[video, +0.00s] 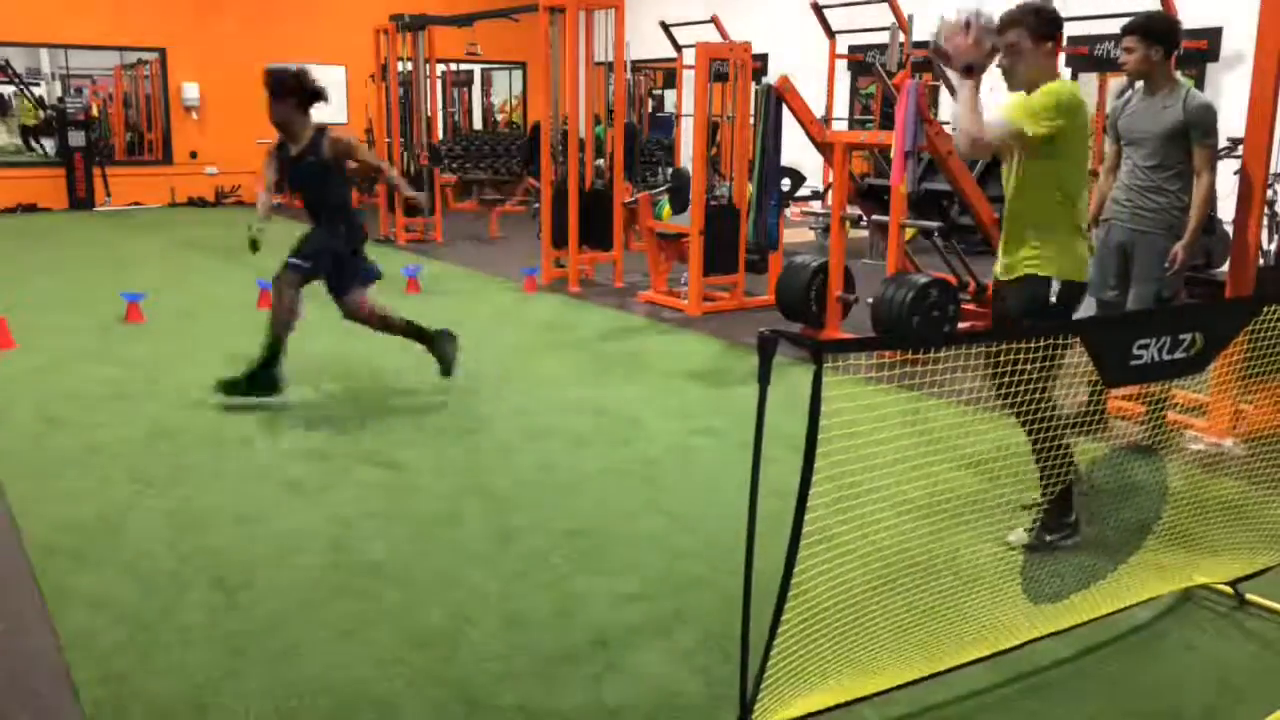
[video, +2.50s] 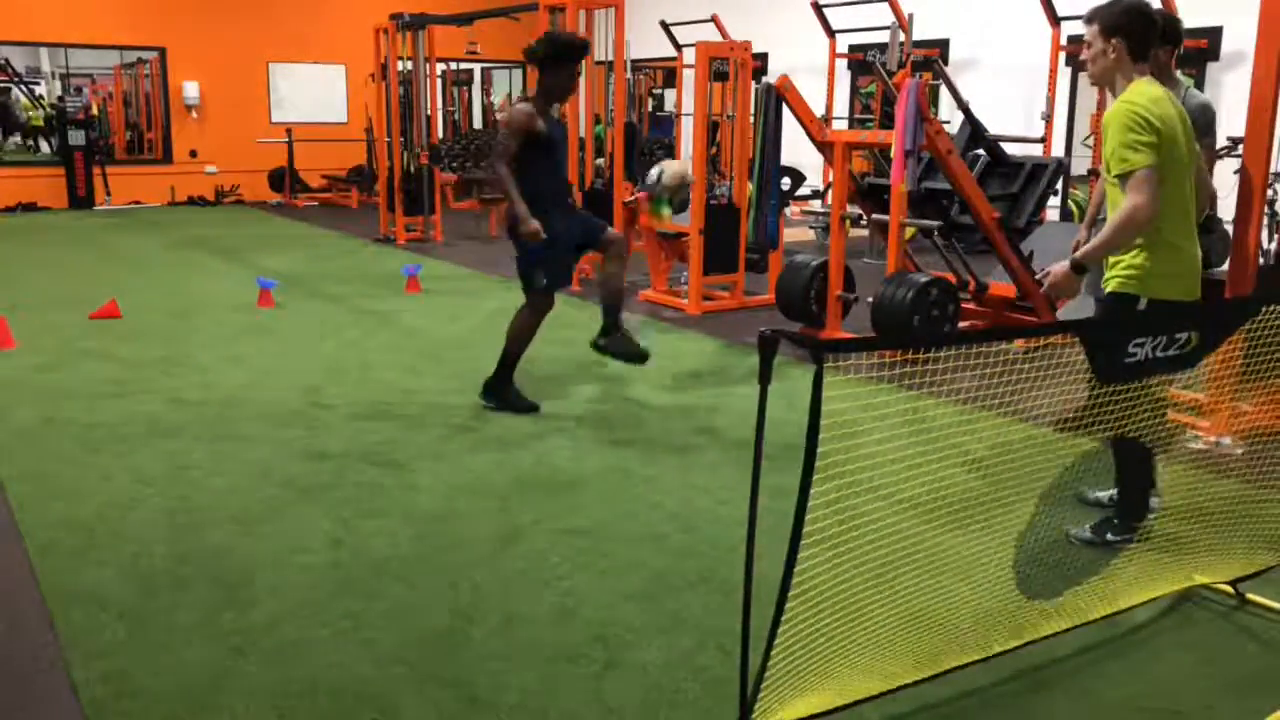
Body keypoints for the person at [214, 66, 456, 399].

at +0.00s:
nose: (271, 111)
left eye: (277, 102)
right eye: (271, 103)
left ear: (299, 105)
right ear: (276, 107)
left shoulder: (334, 145)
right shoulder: (280, 154)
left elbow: (381, 167)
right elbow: (267, 191)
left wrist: (408, 193)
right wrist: (259, 223)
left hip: (341, 231)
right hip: (326, 232)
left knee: (286, 284)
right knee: (356, 308)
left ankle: (267, 371)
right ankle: (432, 339)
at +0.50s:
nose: (84, 148)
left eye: (88, 140)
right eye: (84, 140)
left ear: (97, 139)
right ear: (111, 135)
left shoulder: (114, 157)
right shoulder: (126, 156)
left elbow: (155, 163)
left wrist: (192, 172)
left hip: (164, 224)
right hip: (186, 221)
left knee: (113, 263)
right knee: (142, 260)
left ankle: (101, 322)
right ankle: (174, 309)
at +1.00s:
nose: (78, 143)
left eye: (82, 137)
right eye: (78, 137)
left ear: (94, 141)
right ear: (108, 143)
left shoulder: (104, 163)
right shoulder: (120, 166)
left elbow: (128, 184)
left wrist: (127, 215)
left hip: (146, 233)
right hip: (165, 233)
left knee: (82, 262)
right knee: (122, 263)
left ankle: (106, 318)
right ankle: (117, 314)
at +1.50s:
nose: (251, 100)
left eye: (256, 93)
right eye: (243, 94)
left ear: (262, 98)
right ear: (228, 101)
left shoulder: (280, 144)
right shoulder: (219, 141)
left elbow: (297, 183)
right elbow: (175, 158)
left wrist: (279, 203)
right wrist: (125, 161)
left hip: (272, 223)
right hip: (234, 224)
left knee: (281, 281)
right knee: (229, 294)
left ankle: (267, 354)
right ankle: (207, 311)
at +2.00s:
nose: (426, 73)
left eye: (427, 66)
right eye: (415, 67)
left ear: (431, 73)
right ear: (394, 80)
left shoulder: (438, 121)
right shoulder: (385, 125)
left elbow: (438, 163)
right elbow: (363, 172)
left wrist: (452, 171)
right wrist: (388, 197)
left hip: (439, 220)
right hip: (407, 223)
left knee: (475, 287)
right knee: (439, 289)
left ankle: (468, 374)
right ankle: (404, 366)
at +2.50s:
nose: (575, 85)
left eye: (577, 76)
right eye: (571, 76)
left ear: (558, 77)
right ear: (549, 74)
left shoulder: (552, 119)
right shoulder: (522, 115)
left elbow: (551, 175)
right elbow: (499, 165)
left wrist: (570, 209)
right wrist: (523, 215)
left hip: (564, 216)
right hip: (536, 222)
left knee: (616, 243)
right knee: (540, 301)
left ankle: (612, 331)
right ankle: (499, 383)